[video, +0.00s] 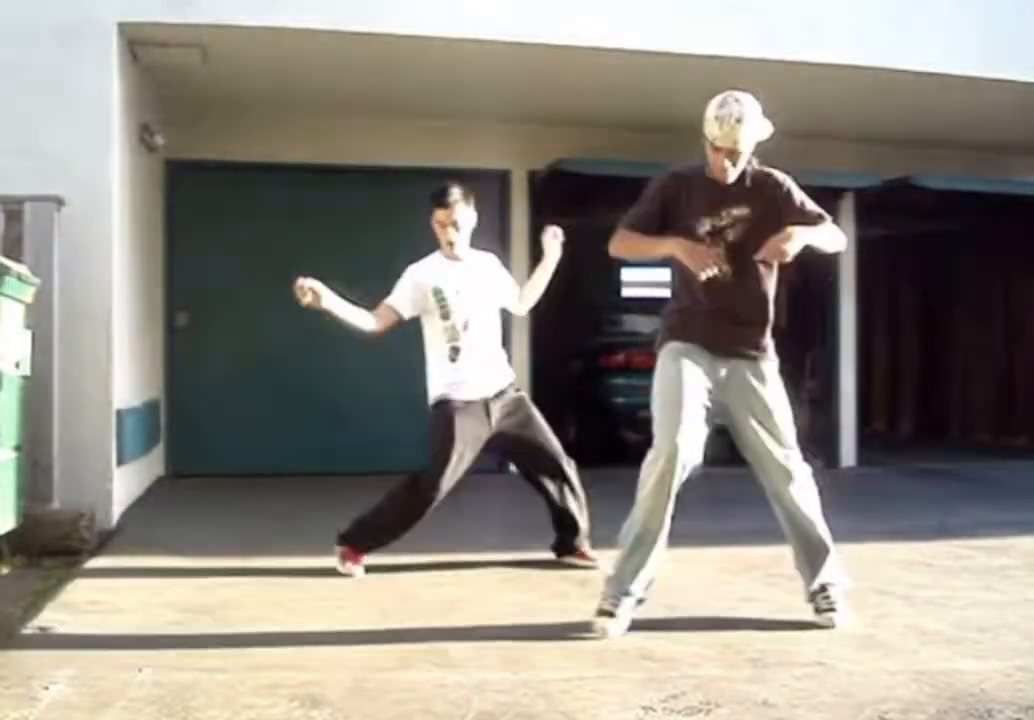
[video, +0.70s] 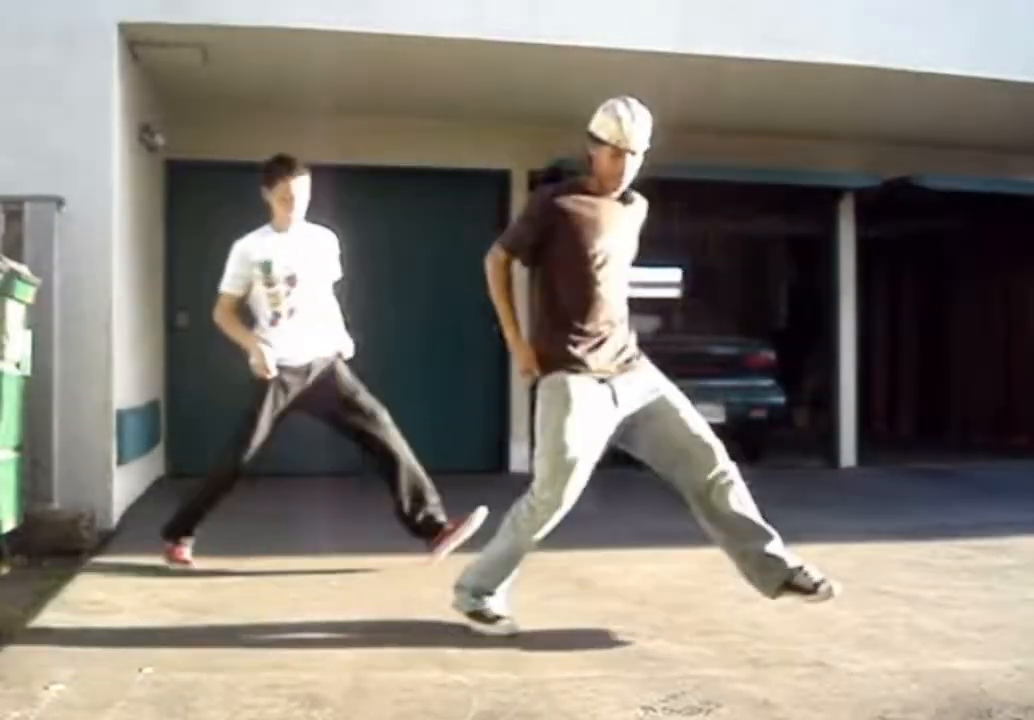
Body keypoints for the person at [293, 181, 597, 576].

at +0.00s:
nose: (449, 233)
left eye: (456, 224)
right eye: (441, 224)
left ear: (472, 221)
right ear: (432, 224)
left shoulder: (488, 265)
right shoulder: (421, 276)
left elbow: (523, 302)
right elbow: (375, 323)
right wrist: (326, 299)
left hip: (505, 392)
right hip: (458, 399)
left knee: (558, 466)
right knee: (434, 487)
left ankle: (572, 543)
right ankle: (354, 544)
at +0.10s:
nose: (435, 209)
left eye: (443, 201)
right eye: (428, 201)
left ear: (457, 199)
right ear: (417, 201)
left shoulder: (471, 239)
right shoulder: (402, 244)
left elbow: (507, 270)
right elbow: (353, 290)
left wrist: (529, 225)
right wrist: (350, 267)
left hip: (483, 369)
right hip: (434, 370)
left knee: (522, 452)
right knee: (428, 456)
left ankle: (565, 536)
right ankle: (362, 541)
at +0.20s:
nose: (422, 195)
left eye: (429, 187)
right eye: (415, 187)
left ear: (442, 185)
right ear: (403, 186)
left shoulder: (456, 225)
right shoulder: (384, 228)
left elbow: (484, 265)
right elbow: (343, 277)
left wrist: (522, 248)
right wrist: (359, 283)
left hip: (463, 351)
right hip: (414, 350)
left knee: (501, 436)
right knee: (418, 435)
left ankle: (521, 532)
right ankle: (376, 529)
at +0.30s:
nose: (398, 192)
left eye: (406, 183)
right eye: (391, 183)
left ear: (418, 181)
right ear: (378, 182)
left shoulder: (433, 227)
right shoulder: (360, 229)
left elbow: (445, 281)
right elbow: (335, 296)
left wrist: (483, 308)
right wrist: (365, 331)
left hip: (439, 346)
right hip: (397, 348)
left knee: (467, 435)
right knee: (412, 430)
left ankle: (415, 514)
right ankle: (416, 539)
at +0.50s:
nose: (343, 189)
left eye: (351, 181)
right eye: (336, 181)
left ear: (365, 181)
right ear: (325, 181)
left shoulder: (385, 231)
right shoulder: (302, 228)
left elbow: (396, 290)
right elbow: (280, 288)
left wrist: (398, 335)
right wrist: (304, 325)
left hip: (373, 348)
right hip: (326, 347)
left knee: (394, 438)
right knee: (343, 439)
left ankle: (350, 525)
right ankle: (369, 538)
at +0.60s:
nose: (317, 186)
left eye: (324, 177)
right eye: (309, 177)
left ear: (337, 176)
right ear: (296, 177)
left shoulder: (356, 224)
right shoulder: (275, 227)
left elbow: (369, 278)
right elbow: (248, 288)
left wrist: (370, 322)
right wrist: (274, 320)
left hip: (347, 340)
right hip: (300, 343)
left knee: (399, 409)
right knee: (292, 436)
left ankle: (390, 520)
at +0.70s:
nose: (294, 203)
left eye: (300, 193)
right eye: (285, 194)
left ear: (308, 194)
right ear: (268, 195)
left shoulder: (324, 240)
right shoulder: (248, 249)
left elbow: (328, 295)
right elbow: (223, 311)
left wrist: (341, 334)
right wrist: (252, 344)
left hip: (327, 364)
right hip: (279, 370)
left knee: (382, 432)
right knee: (240, 457)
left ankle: (435, 529)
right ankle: (178, 535)